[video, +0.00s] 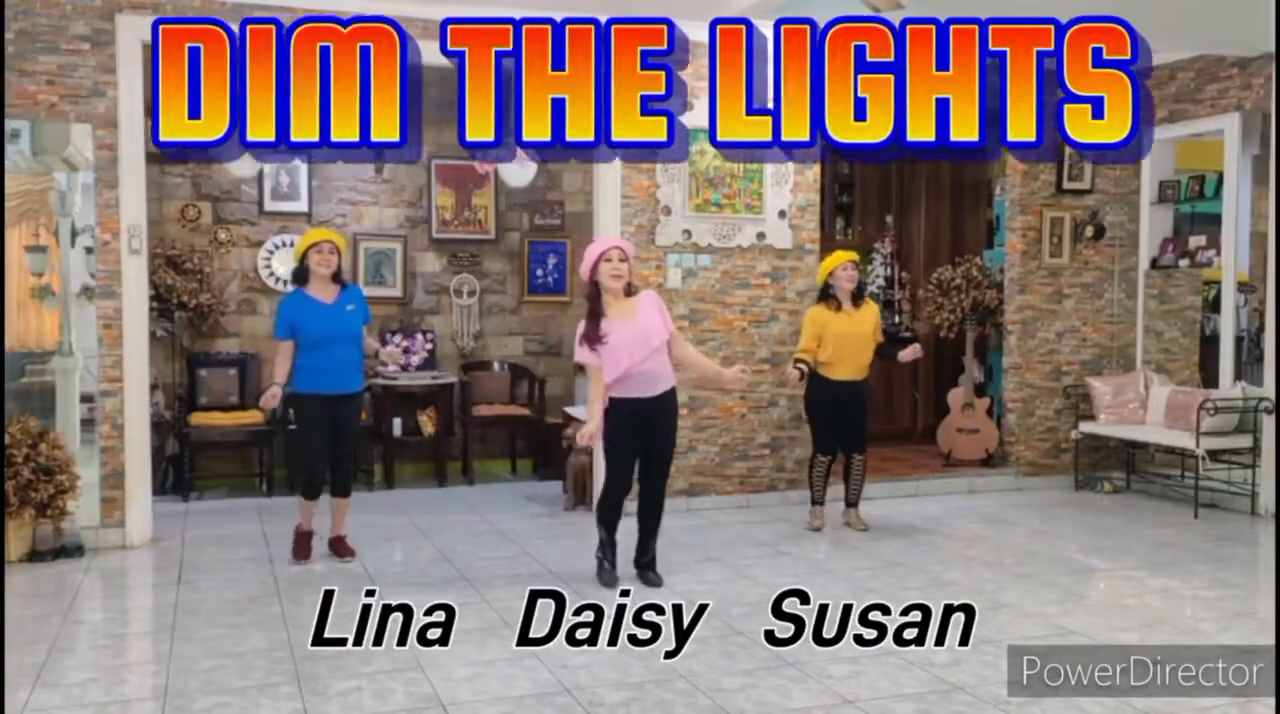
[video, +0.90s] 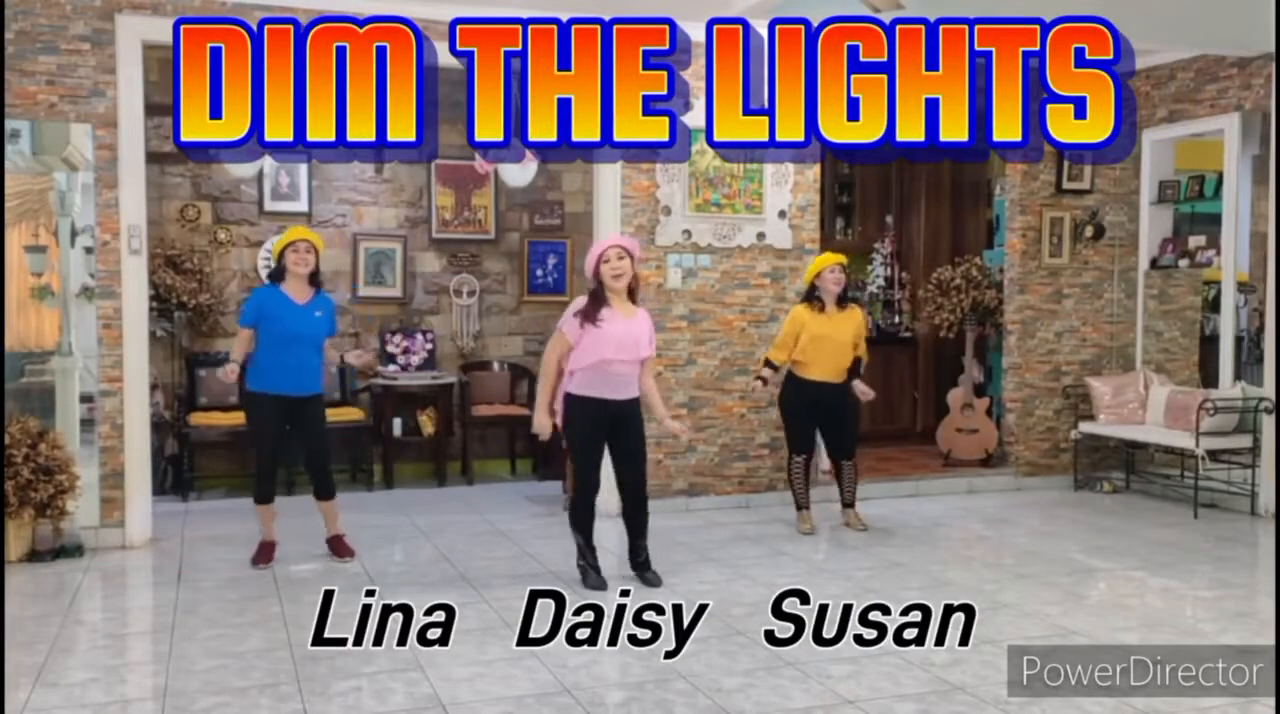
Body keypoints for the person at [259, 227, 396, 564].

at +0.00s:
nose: (325, 257)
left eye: (331, 252)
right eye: (318, 252)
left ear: (339, 259)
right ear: (306, 259)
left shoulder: (354, 296)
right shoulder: (292, 303)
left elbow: (363, 338)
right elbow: (284, 351)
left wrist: (379, 351)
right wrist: (277, 385)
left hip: (348, 395)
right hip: (308, 396)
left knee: (343, 466)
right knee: (312, 467)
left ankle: (338, 535)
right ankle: (304, 531)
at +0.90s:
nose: (302, 256)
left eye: (308, 251)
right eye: (295, 251)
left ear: (316, 259)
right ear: (283, 258)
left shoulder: (324, 303)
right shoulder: (263, 295)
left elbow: (325, 349)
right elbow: (244, 336)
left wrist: (349, 357)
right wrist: (234, 362)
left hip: (309, 396)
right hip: (265, 395)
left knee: (320, 463)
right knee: (265, 465)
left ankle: (335, 534)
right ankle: (267, 538)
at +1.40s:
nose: (283, 255)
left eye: (290, 250)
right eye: (276, 249)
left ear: (300, 258)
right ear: (266, 256)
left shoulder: (314, 303)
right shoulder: (247, 296)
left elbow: (318, 347)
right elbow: (230, 339)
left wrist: (326, 354)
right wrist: (212, 349)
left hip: (294, 396)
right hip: (251, 394)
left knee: (292, 464)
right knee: (258, 465)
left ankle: (290, 538)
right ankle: (266, 540)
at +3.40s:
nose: (278, 254)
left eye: (284, 250)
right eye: (271, 250)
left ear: (296, 259)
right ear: (261, 259)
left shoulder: (306, 305)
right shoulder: (242, 293)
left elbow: (303, 355)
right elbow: (200, 323)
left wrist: (321, 362)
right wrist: (196, 358)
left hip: (287, 396)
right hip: (243, 395)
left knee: (298, 463)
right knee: (248, 468)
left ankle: (296, 534)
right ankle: (253, 541)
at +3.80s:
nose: (262, 257)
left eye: (270, 251)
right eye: (256, 252)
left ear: (284, 259)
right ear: (249, 260)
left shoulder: (304, 305)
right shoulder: (236, 300)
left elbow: (312, 348)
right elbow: (222, 347)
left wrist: (304, 363)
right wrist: (192, 348)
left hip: (281, 397)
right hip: (237, 396)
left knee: (286, 466)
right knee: (244, 469)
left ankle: (282, 532)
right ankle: (253, 541)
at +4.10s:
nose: (272, 256)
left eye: (280, 250)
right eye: (266, 251)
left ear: (293, 258)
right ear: (258, 260)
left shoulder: (313, 296)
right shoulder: (249, 302)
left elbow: (331, 340)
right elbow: (243, 349)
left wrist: (312, 356)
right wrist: (209, 345)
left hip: (298, 396)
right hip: (254, 395)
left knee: (304, 464)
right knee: (253, 466)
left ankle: (326, 536)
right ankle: (254, 542)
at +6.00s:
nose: (267, 255)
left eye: (274, 250)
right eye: (260, 250)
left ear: (285, 258)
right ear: (249, 257)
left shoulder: (299, 302)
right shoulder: (231, 296)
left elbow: (302, 349)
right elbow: (212, 339)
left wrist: (315, 353)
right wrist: (188, 347)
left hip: (282, 398)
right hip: (239, 397)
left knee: (283, 468)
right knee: (246, 468)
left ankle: (277, 540)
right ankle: (254, 542)